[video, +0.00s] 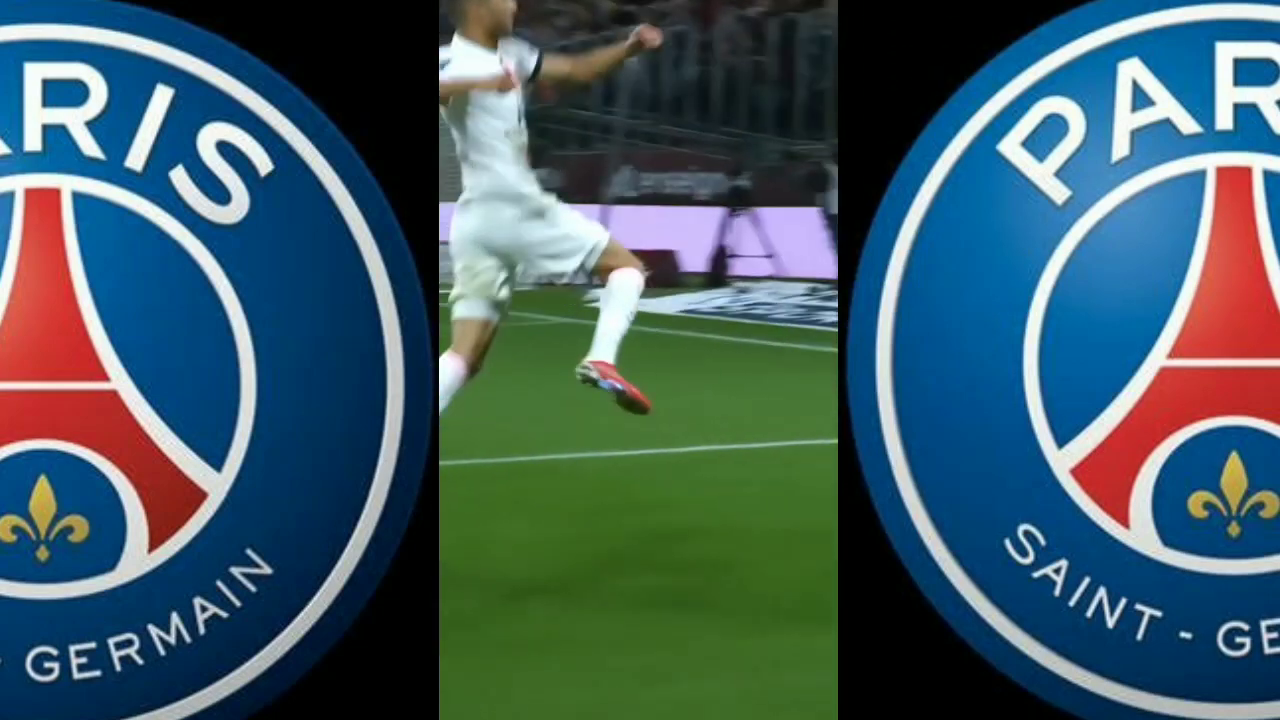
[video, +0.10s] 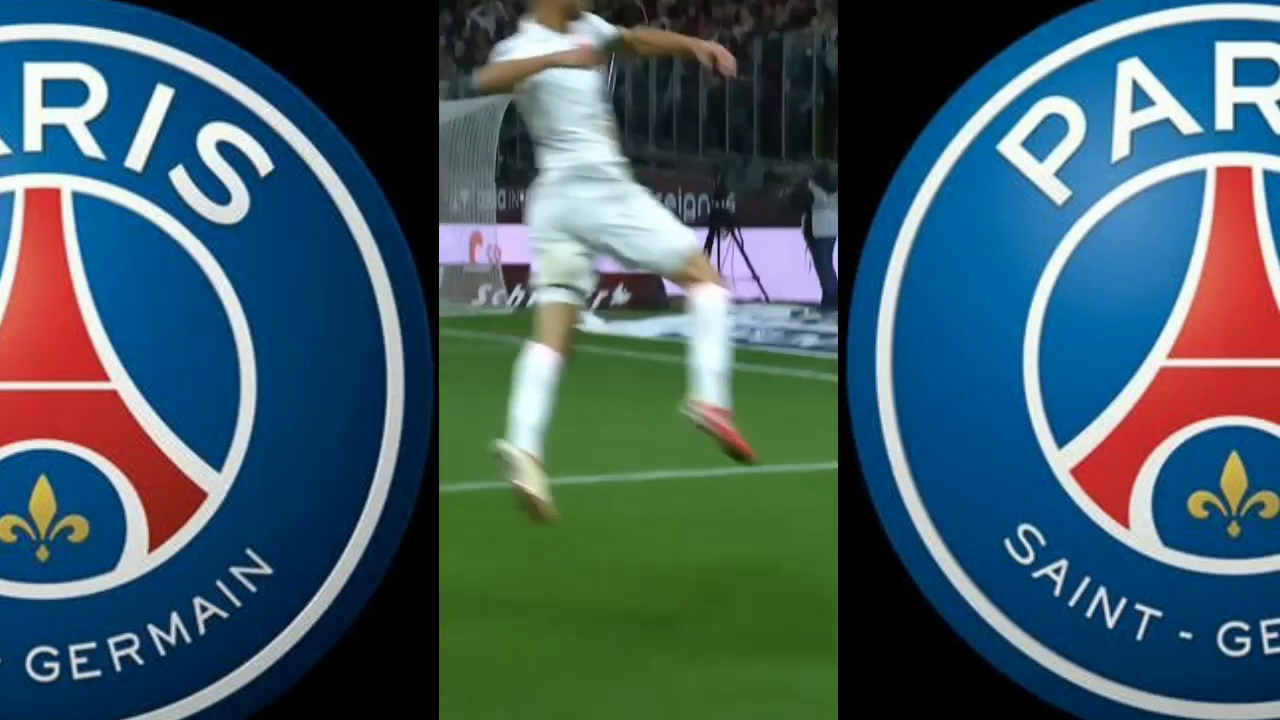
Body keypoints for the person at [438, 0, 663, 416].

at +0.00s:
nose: (514, 7)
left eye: (512, 0)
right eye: (506, 0)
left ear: (481, 10)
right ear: (479, 7)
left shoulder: (509, 53)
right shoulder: (452, 58)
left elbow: (576, 68)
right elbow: (442, 88)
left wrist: (628, 47)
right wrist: (484, 83)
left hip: (475, 217)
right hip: (514, 207)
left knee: (465, 351)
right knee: (627, 269)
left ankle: (397, 434)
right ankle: (601, 359)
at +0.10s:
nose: (579, 1)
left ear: (560, 5)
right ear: (552, 1)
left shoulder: (588, 29)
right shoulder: (524, 43)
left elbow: (636, 39)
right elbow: (488, 79)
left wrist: (698, 46)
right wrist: (556, 59)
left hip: (554, 197)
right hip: (593, 188)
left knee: (552, 331)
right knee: (705, 279)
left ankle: (522, 448)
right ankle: (710, 398)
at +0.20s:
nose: (643, 12)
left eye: (641, 8)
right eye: (639, 7)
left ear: (597, 12)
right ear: (629, 8)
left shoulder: (618, 61)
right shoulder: (604, 53)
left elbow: (660, 122)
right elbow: (592, 99)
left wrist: (721, 99)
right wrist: (646, 38)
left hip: (619, 220)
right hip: (670, 211)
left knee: (620, 368)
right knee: (758, 321)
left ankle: (600, 505)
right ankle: (789, 459)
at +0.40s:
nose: (600, 169)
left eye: (598, 161)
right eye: (604, 160)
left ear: (605, 161)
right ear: (654, 147)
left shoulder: (597, 231)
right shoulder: (698, 182)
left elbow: (616, 334)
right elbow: (795, 221)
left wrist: (656, 283)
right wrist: (800, 211)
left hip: (656, 393)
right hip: (723, 373)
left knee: (716, 532)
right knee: (789, 509)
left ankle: (773, 676)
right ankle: (744, 633)